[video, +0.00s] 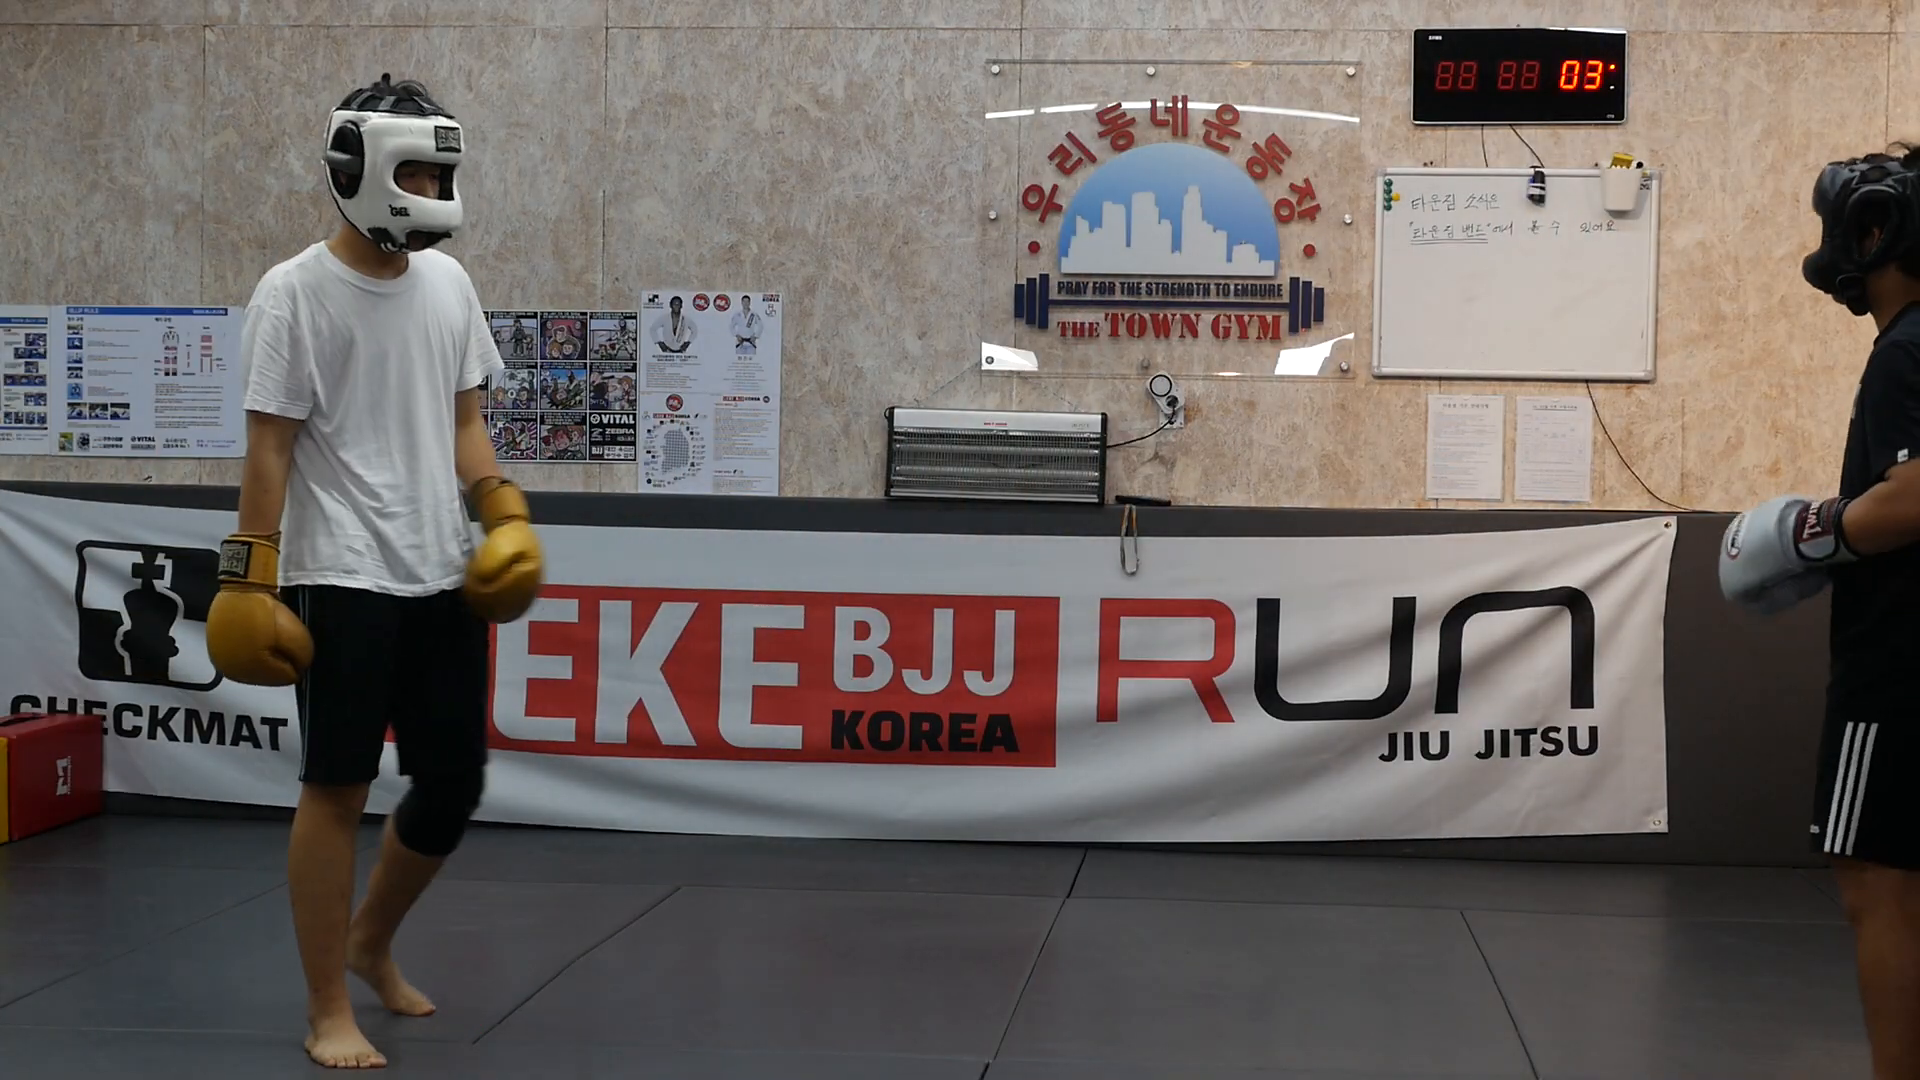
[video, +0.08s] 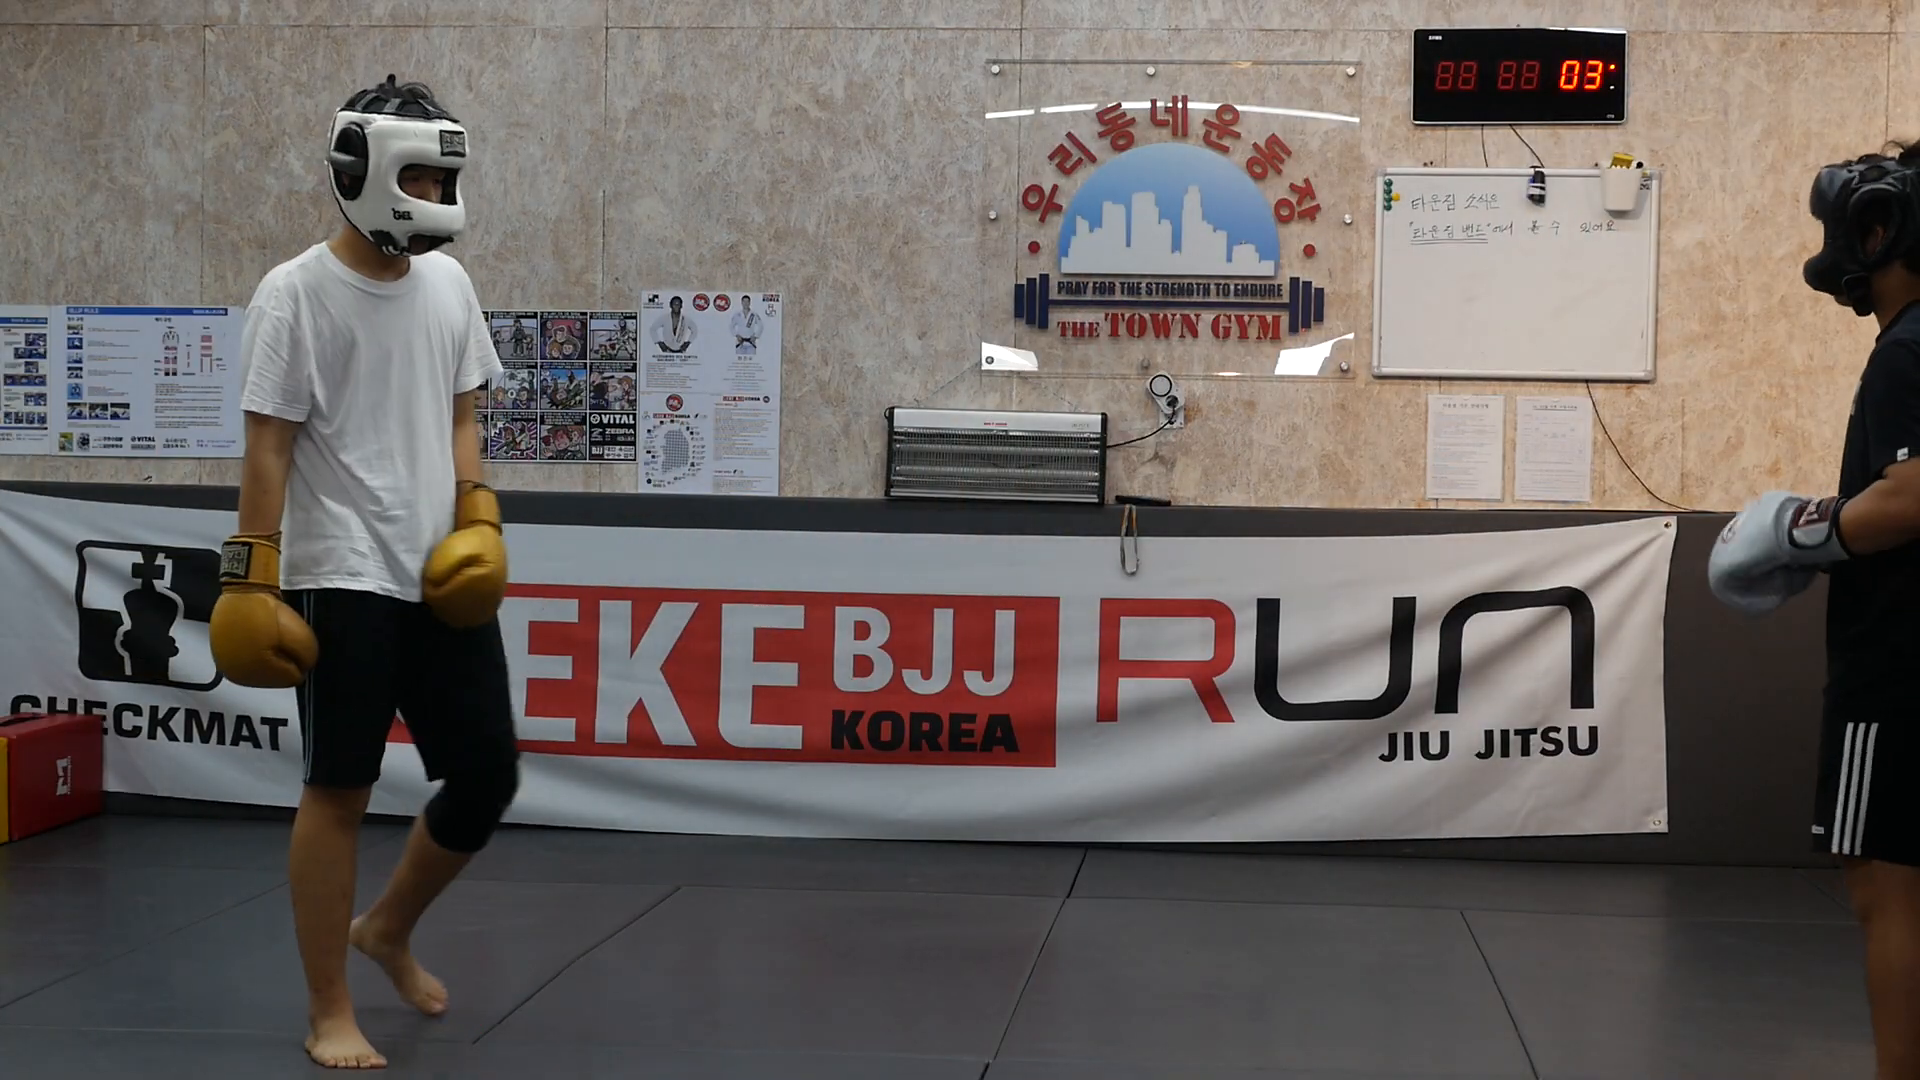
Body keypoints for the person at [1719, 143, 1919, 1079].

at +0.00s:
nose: (1840, 276)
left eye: (1843, 255)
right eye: (1839, 259)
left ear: (1876, 244)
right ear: (1899, 244)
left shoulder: (1907, 347)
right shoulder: (1904, 343)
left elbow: (1909, 491)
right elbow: (1900, 491)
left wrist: (1819, 532)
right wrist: (1823, 534)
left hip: (1895, 669)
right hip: (1892, 662)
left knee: (1875, 881)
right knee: (1881, 879)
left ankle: (1896, 1064)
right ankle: (1897, 1060)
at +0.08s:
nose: (1838, 266)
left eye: (1847, 245)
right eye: (1839, 247)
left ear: (1883, 242)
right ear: (1898, 243)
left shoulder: (1909, 346)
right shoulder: (1903, 340)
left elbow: (1907, 495)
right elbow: (1897, 492)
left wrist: (1812, 531)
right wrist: (1817, 528)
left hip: (1894, 671)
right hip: (1887, 666)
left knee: (1885, 888)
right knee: (1883, 883)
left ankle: (1898, 1063)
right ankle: (1896, 1058)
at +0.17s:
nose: (1838, 264)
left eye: (1847, 242)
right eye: (1840, 243)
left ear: (1884, 238)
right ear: (1895, 239)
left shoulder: (1908, 346)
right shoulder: (1901, 341)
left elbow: (1910, 490)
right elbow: (1896, 488)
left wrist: (1816, 518)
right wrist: (1816, 526)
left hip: (1893, 666)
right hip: (1886, 659)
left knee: (1884, 884)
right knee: (1882, 880)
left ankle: (1899, 1064)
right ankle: (1897, 1059)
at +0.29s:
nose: (1832, 265)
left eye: (1840, 245)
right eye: (1834, 246)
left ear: (1876, 244)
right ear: (1890, 245)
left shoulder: (1908, 350)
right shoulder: (1899, 344)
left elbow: (1909, 498)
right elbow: (1893, 495)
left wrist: (1798, 509)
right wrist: (1796, 518)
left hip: (1889, 651)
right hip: (1886, 643)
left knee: (1836, 859)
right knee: (1881, 854)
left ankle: (1890, 1064)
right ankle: (1894, 1058)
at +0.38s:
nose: (1817, 266)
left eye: (1827, 246)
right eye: (1819, 246)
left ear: (1866, 244)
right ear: (1882, 245)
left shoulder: (1905, 351)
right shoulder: (1896, 345)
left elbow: (1905, 501)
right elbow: (1891, 497)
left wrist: (1786, 500)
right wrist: (1795, 509)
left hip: (1886, 654)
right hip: (1892, 647)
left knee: (1801, 848)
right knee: (1912, 851)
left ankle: (1862, 1068)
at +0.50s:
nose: (1792, 268)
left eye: (1801, 248)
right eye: (1793, 249)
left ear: (1842, 249)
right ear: (1866, 249)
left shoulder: (1889, 350)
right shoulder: (1884, 344)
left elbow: (1881, 500)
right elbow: (1870, 497)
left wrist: (1764, 491)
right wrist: (1767, 497)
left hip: (1869, 653)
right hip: (1885, 647)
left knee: (1783, 847)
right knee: (1909, 850)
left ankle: (1769, 1065)